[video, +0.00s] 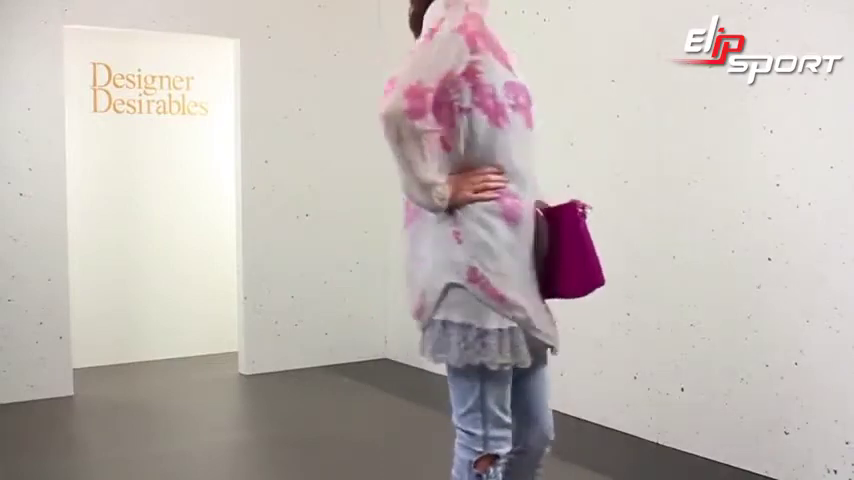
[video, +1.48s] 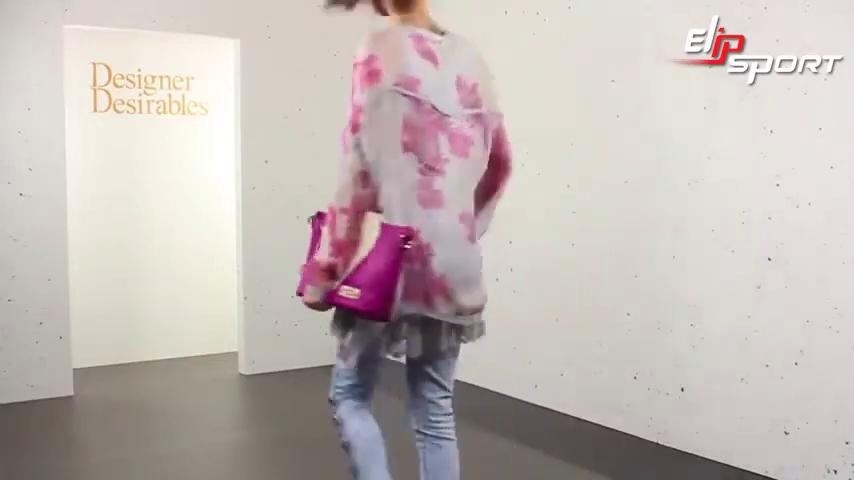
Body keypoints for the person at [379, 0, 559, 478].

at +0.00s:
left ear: (424, 5)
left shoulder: (484, 41)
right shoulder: (455, 26)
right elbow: (399, 109)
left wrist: (530, 204)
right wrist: (434, 189)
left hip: (509, 262)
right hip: (468, 263)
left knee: (532, 436)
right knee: (484, 442)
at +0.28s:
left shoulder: (517, 43)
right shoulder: (425, 29)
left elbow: (545, 155)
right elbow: (344, 114)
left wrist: (574, 243)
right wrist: (408, 191)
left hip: (525, 261)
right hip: (463, 261)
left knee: (524, 442)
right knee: (488, 442)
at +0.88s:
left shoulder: (506, 45)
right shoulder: (419, 42)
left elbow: (524, 163)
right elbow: (398, 137)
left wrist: (542, 271)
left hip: (487, 266)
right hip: (420, 264)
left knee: (493, 427)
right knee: (421, 419)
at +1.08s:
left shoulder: (461, 54)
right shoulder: (430, 52)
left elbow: (471, 178)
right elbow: (422, 179)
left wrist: (463, 285)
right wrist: (405, 281)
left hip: (454, 289)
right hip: (418, 285)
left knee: (468, 426)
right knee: (424, 420)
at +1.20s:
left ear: (408, 0)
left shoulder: (431, 59)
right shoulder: (452, 52)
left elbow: (425, 183)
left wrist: (405, 288)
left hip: (433, 281)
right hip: (438, 276)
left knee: (442, 422)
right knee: (420, 415)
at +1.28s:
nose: (390, 1)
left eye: (391, 1)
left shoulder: (410, 60)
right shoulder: (467, 45)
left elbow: (393, 182)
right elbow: (502, 130)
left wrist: (367, 283)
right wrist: (466, 203)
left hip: (420, 266)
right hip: (460, 262)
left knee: (404, 419)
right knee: (436, 408)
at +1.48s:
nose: (370, 9)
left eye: (368, 4)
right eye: (366, 4)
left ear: (380, 0)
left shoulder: (379, 49)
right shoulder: (468, 54)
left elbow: (359, 168)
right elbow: (501, 162)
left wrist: (326, 267)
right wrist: (463, 235)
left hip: (389, 253)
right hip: (456, 258)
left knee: (351, 394)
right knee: (435, 408)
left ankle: (376, 474)